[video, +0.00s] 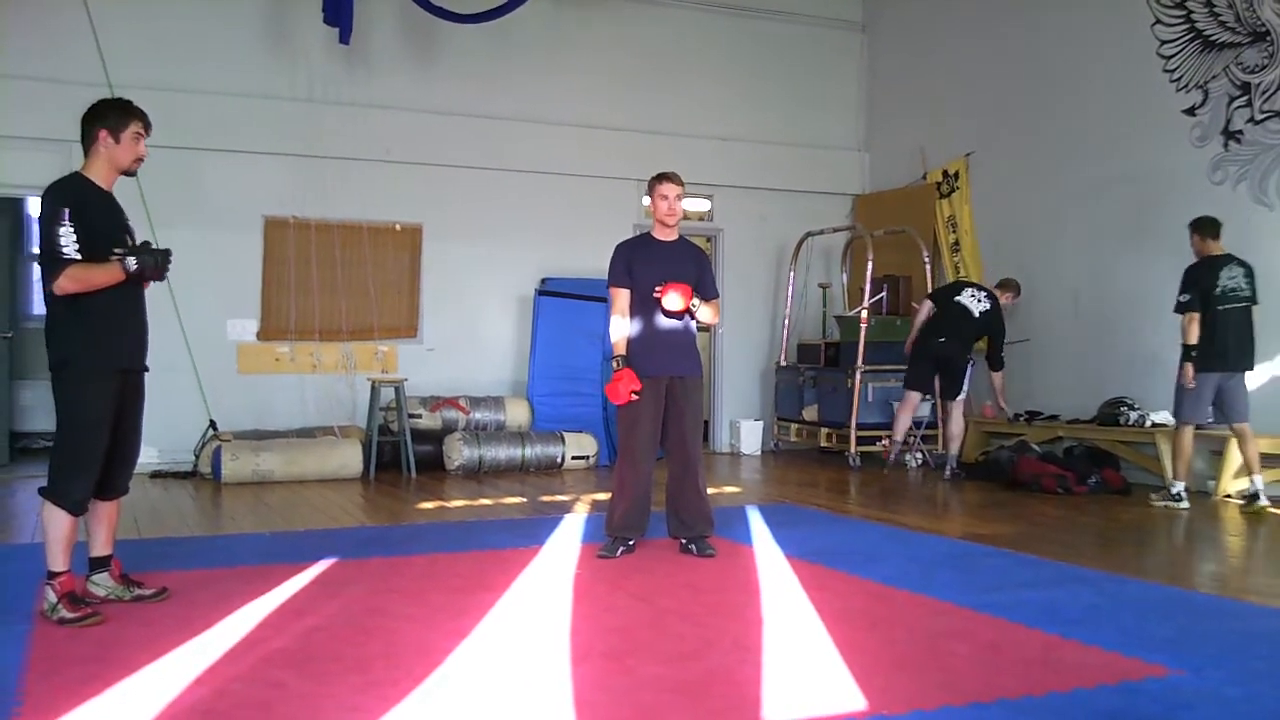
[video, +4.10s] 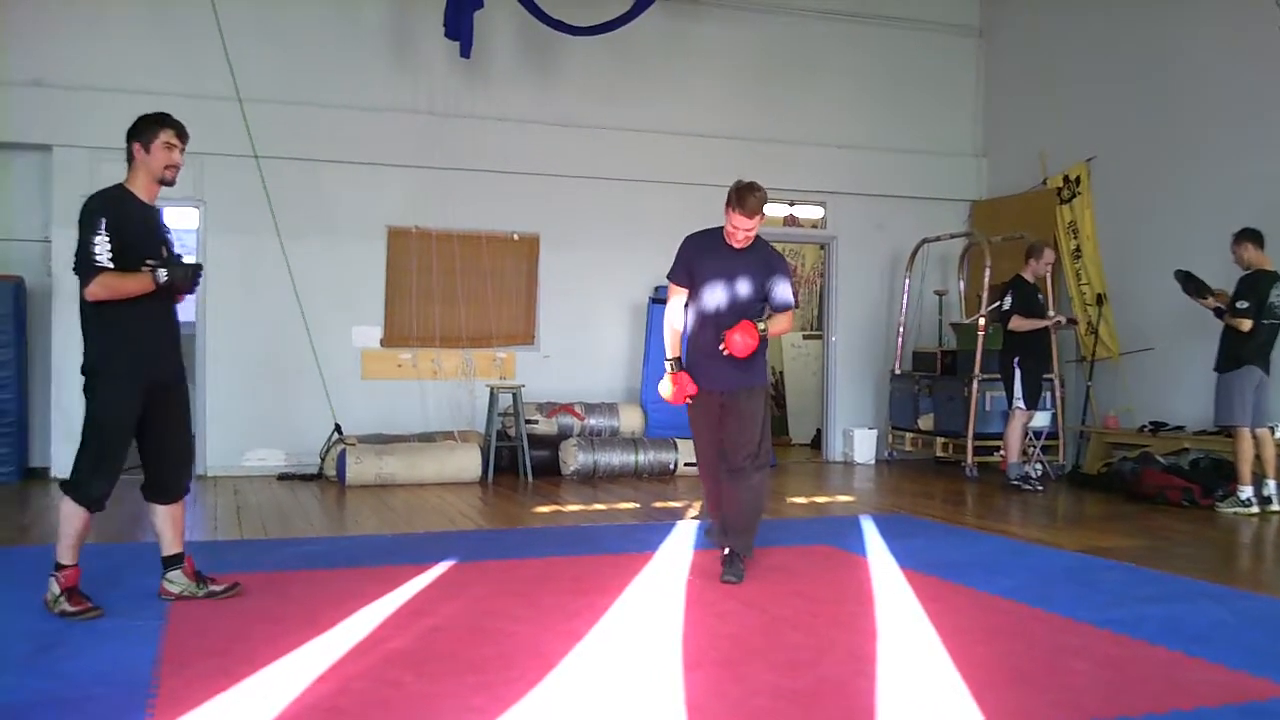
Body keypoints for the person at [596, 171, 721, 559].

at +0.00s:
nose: (671, 204)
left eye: (677, 198)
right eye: (664, 198)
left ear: (684, 204)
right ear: (650, 203)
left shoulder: (696, 255)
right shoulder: (628, 251)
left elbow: (713, 315)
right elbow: (619, 312)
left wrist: (691, 304)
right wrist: (620, 361)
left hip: (686, 369)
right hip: (642, 367)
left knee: (688, 452)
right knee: (635, 452)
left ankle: (692, 532)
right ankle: (624, 533)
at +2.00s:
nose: (641, 206)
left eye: (646, 200)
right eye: (634, 199)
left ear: (653, 207)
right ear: (619, 205)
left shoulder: (666, 258)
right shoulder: (596, 254)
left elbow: (682, 317)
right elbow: (588, 316)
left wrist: (660, 307)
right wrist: (588, 367)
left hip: (656, 372)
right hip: (611, 370)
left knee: (657, 455)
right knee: (604, 455)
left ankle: (661, 534)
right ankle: (593, 535)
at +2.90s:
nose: (640, 219)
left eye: (646, 211)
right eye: (636, 213)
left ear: (666, 210)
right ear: (634, 215)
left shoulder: (696, 258)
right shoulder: (626, 261)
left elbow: (717, 317)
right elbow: (618, 316)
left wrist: (684, 304)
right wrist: (615, 338)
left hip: (678, 375)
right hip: (632, 375)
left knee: (689, 456)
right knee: (634, 458)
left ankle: (703, 535)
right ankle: (635, 538)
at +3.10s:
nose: (695, 220)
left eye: (701, 212)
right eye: (690, 214)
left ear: (719, 212)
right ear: (688, 218)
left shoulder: (749, 261)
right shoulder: (682, 265)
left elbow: (772, 320)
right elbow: (669, 319)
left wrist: (734, 307)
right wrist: (661, 340)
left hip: (729, 379)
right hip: (685, 379)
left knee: (744, 461)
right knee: (691, 464)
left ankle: (765, 541)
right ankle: (698, 542)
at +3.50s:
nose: (671, 225)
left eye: (678, 217)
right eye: (664, 218)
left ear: (692, 212)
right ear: (656, 216)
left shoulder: (717, 256)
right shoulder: (646, 260)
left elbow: (741, 311)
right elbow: (636, 321)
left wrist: (705, 312)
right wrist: (632, 375)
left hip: (706, 373)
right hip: (662, 374)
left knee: (704, 455)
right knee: (667, 455)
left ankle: (704, 543)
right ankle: (675, 537)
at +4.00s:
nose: (725, 238)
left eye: (733, 232)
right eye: (719, 230)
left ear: (746, 222)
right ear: (710, 217)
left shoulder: (761, 264)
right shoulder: (685, 252)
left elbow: (775, 318)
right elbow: (667, 312)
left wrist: (748, 332)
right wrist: (664, 370)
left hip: (738, 385)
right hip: (691, 382)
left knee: (735, 465)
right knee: (700, 464)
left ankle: (726, 552)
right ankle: (711, 544)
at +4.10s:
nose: (741, 236)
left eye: (749, 230)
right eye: (735, 227)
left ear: (761, 220)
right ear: (725, 212)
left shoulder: (770, 261)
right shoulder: (695, 247)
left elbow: (786, 317)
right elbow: (674, 306)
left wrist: (759, 331)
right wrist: (673, 364)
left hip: (747, 383)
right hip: (700, 379)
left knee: (742, 463)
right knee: (710, 462)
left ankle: (736, 550)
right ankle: (725, 533)